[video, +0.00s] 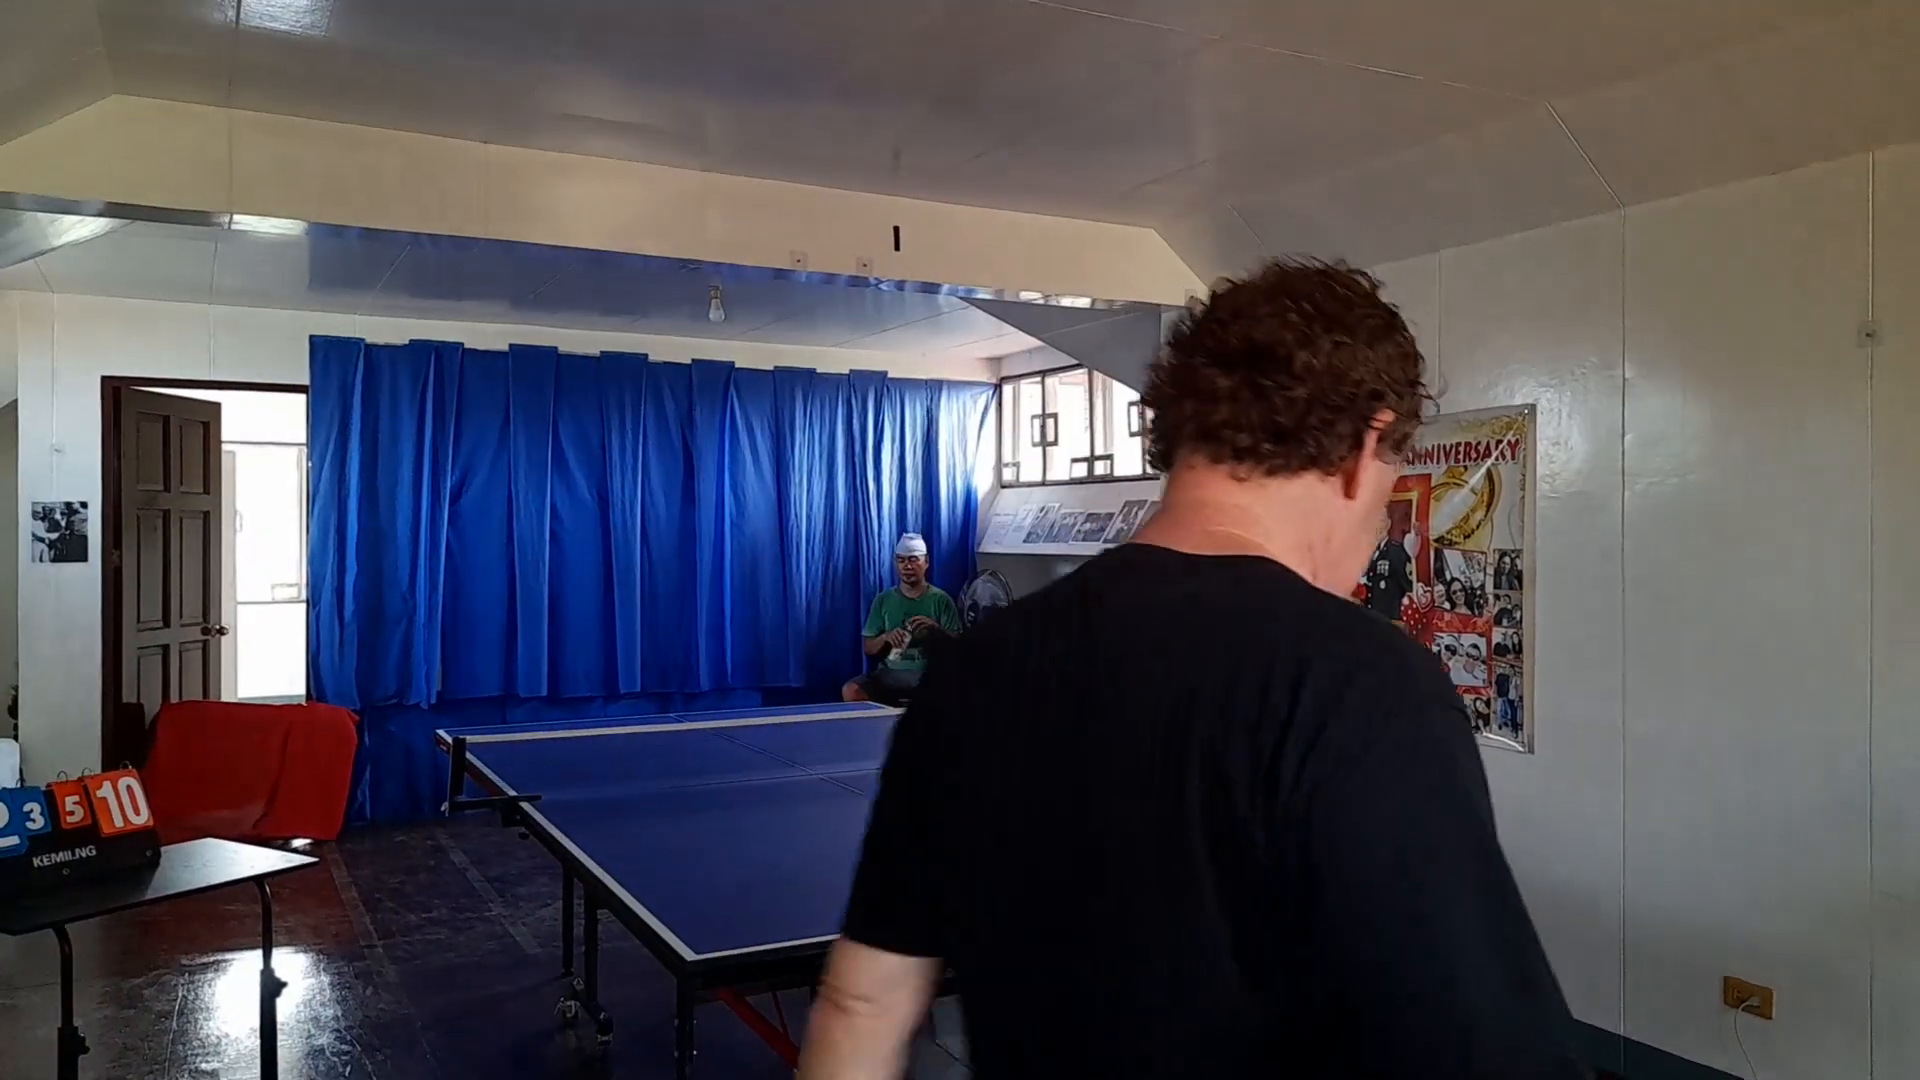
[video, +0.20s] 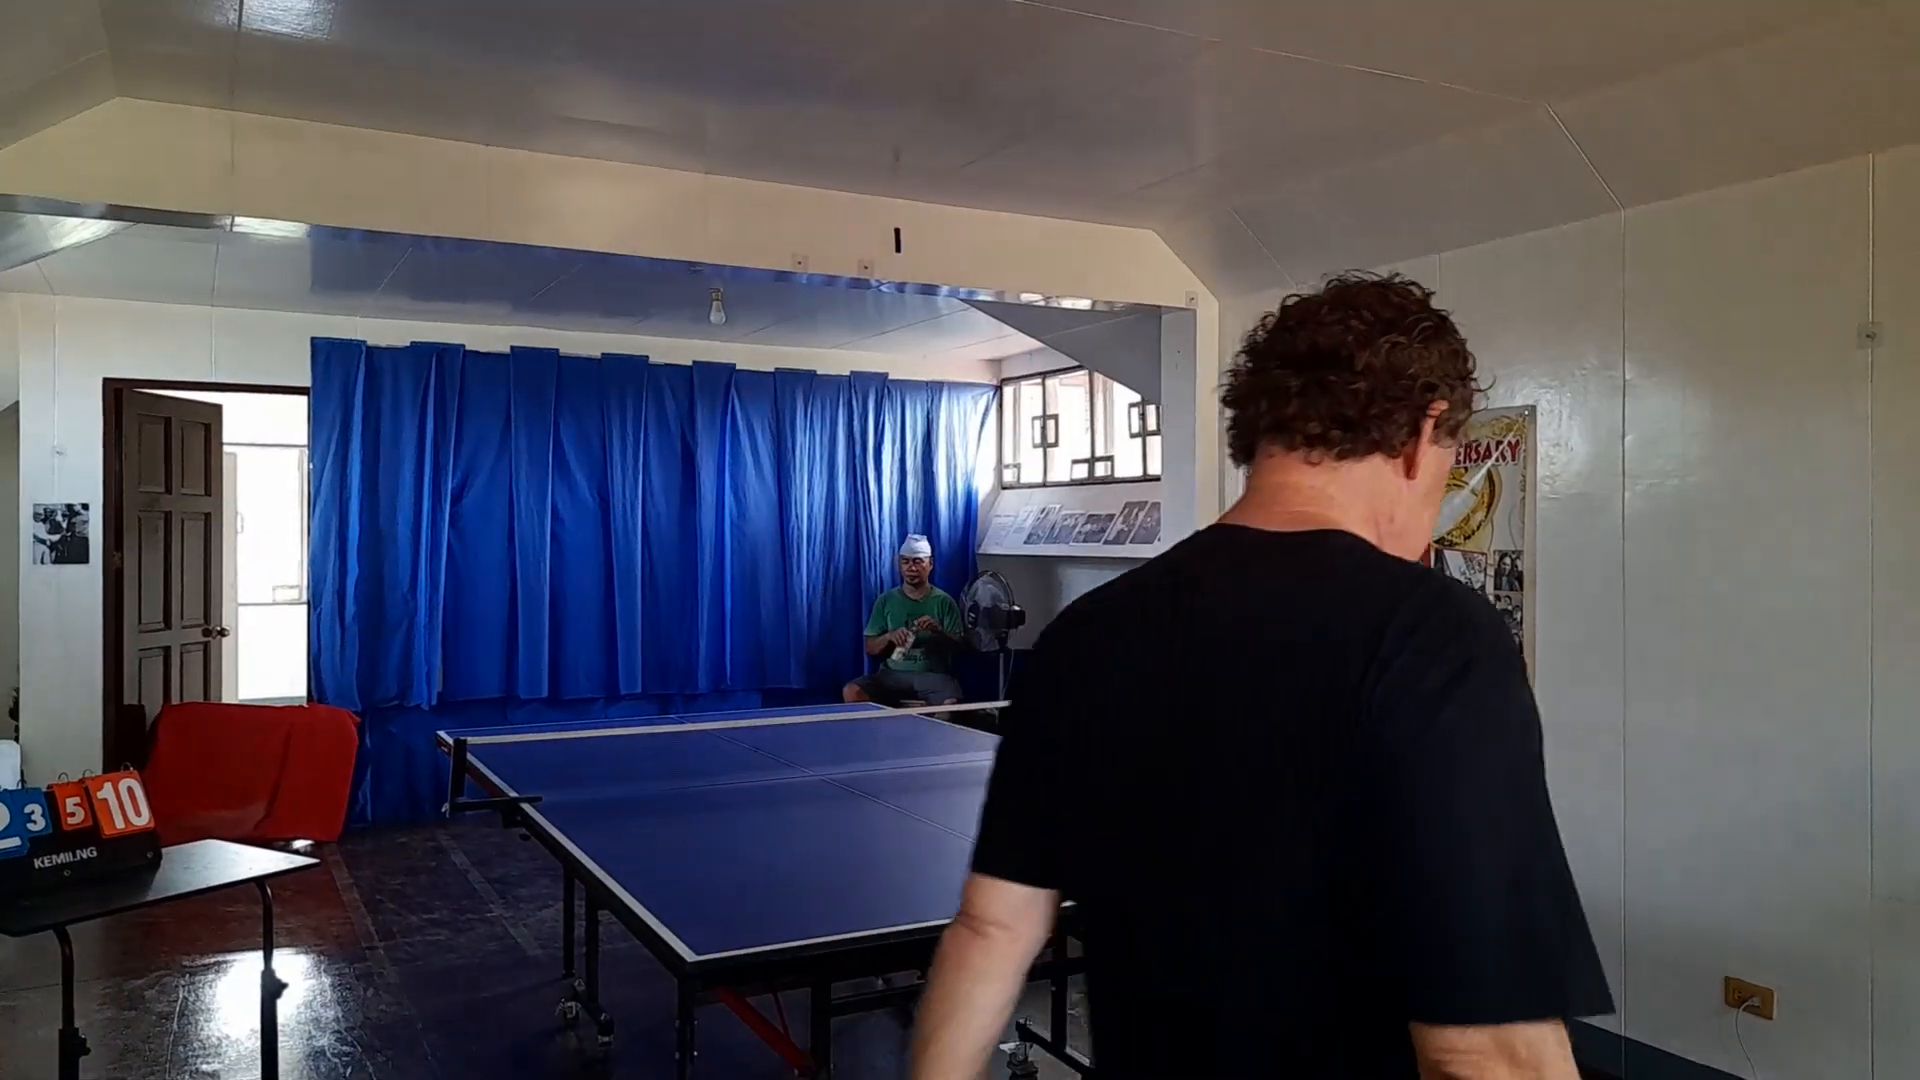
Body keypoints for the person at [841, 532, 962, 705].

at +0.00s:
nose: (907, 566)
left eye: (913, 560)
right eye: (901, 560)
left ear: (926, 563)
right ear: (896, 563)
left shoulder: (941, 600)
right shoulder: (882, 601)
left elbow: (955, 643)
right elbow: (869, 648)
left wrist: (934, 627)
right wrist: (885, 637)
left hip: (929, 674)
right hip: (890, 675)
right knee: (851, 691)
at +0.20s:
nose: (911, 567)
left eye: (918, 562)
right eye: (906, 562)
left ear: (930, 565)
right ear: (899, 565)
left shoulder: (944, 602)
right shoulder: (885, 601)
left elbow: (957, 644)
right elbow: (870, 648)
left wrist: (938, 630)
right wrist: (888, 637)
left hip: (932, 676)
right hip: (892, 675)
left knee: (950, 705)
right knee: (852, 692)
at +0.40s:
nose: (913, 568)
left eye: (920, 562)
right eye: (908, 562)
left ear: (933, 566)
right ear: (902, 565)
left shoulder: (946, 603)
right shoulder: (887, 601)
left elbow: (958, 649)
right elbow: (868, 645)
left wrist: (945, 629)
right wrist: (889, 626)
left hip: (931, 676)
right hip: (892, 675)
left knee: (950, 705)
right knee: (852, 693)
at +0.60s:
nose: (914, 564)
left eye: (921, 559)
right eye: (909, 558)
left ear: (934, 565)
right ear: (903, 562)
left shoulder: (946, 601)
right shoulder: (889, 595)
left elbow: (956, 652)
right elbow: (864, 634)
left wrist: (948, 631)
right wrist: (890, 602)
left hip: (931, 676)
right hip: (892, 674)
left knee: (950, 703)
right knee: (852, 691)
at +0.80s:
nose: (915, 558)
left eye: (923, 553)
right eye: (911, 552)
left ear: (934, 561)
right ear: (904, 557)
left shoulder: (946, 599)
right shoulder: (889, 592)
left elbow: (956, 649)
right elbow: (860, 620)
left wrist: (947, 633)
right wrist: (891, 585)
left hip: (930, 673)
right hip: (891, 670)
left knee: (949, 700)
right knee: (851, 688)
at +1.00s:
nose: (919, 557)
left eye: (926, 553)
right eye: (914, 552)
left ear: (937, 562)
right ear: (908, 558)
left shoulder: (949, 601)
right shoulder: (894, 594)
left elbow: (958, 650)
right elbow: (862, 615)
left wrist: (950, 636)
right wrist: (895, 581)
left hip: (932, 674)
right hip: (893, 671)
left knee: (951, 702)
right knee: (853, 689)